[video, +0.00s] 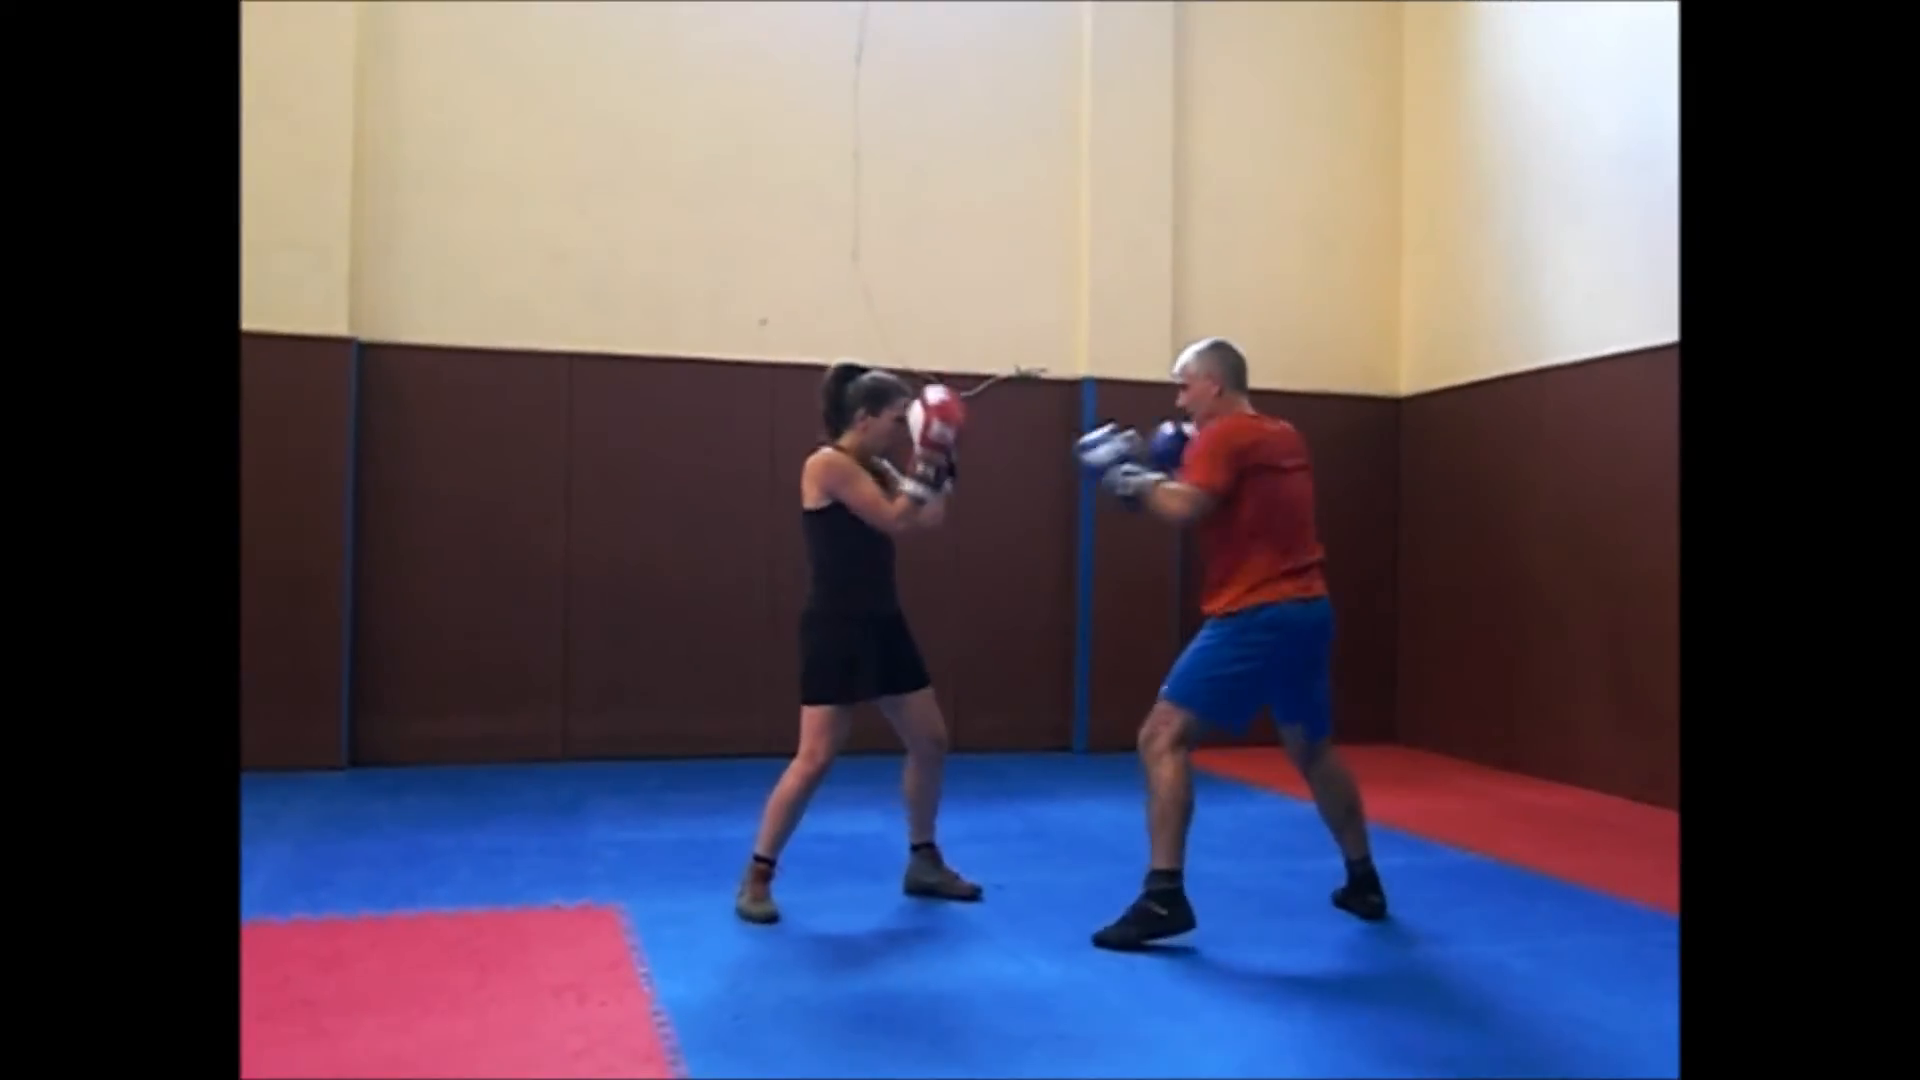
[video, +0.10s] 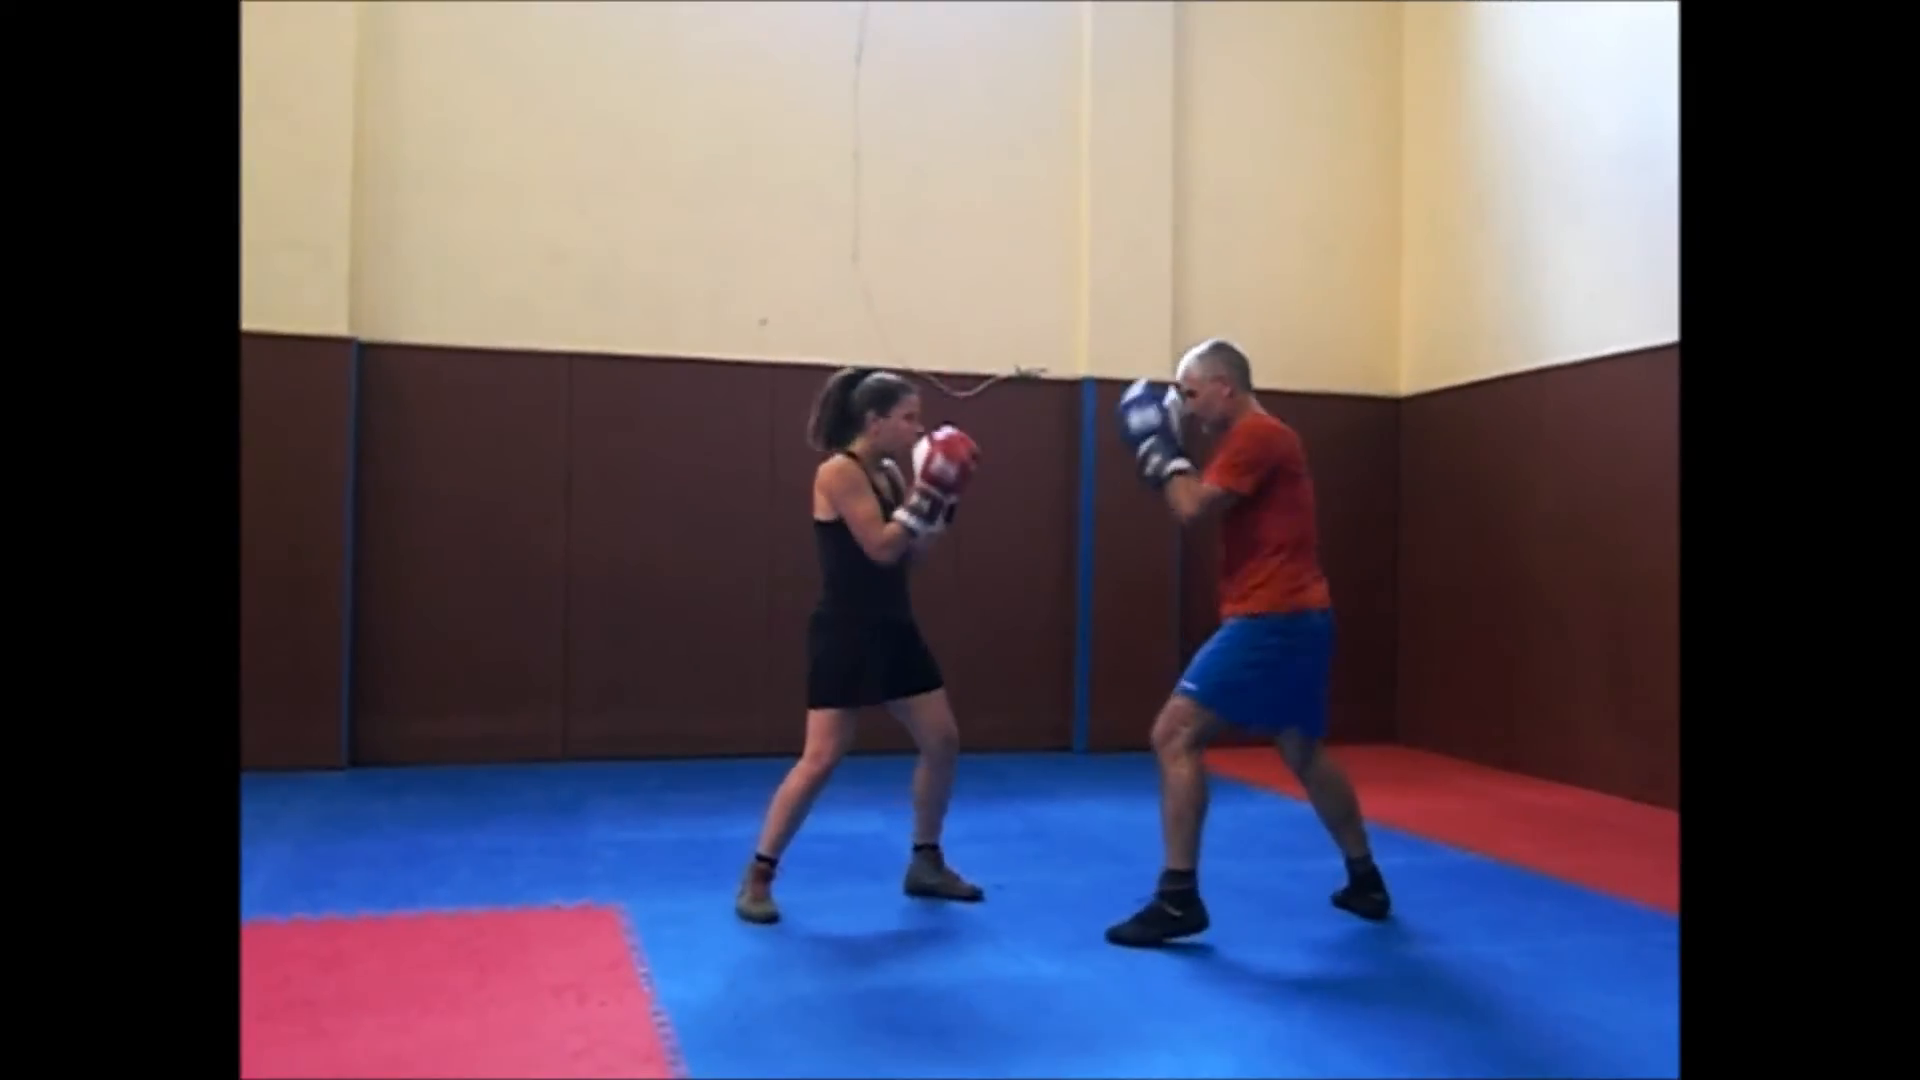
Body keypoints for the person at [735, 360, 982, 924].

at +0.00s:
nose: (902, 428)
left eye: (903, 418)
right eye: (896, 417)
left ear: (870, 420)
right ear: (864, 416)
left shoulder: (874, 470)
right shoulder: (827, 465)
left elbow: (925, 517)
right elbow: (890, 517)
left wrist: (940, 464)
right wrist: (927, 467)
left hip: (881, 628)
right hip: (835, 631)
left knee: (929, 739)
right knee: (814, 757)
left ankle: (925, 862)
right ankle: (758, 876)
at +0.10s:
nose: (915, 429)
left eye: (916, 418)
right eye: (908, 418)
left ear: (885, 421)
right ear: (872, 420)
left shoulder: (889, 474)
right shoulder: (838, 472)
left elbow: (914, 545)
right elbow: (881, 546)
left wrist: (938, 498)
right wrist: (923, 498)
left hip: (891, 629)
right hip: (843, 633)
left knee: (941, 739)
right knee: (820, 757)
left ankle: (927, 863)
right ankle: (758, 877)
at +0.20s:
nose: (923, 413)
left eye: (924, 403)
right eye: (916, 402)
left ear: (893, 408)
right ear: (880, 405)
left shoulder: (894, 459)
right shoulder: (846, 457)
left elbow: (931, 520)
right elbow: (889, 530)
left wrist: (955, 473)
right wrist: (930, 483)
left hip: (895, 616)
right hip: (849, 619)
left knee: (925, 734)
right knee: (831, 744)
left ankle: (925, 860)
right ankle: (770, 867)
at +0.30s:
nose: (924, 414)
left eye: (925, 404)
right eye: (917, 404)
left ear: (891, 408)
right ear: (883, 404)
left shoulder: (895, 457)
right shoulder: (850, 453)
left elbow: (947, 509)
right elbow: (911, 508)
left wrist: (960, 457)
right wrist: (945, 463)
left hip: (894, 615)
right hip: (848, 616)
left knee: (915, 739)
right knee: (845, 744)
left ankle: (923, 861)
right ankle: (796, 864)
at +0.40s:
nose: (917, 431)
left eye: (918, 420)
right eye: (911, 420)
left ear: (884, 425)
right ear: (882, 422)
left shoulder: (883, 474)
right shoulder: (851, 471)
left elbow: (924, 539)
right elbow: (925, 522)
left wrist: (951, 478)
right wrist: (947, 467)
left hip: (893, 628)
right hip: (850, 634)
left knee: (968, 716)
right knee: (849, 755)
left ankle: (944, 834)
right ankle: (800, 868)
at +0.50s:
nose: (928, 428)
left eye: (931, 418)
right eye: (922, 417)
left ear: (902, 419)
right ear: (889, 415)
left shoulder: (904, 466)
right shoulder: (851, 464)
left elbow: (946, 530)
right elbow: (889, 534)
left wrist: (969, 484)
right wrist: (928, 487)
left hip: (909, 620)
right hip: (859, 627)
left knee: (984, 712)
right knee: (844, 750)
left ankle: (979, 829)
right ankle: (799, 867)